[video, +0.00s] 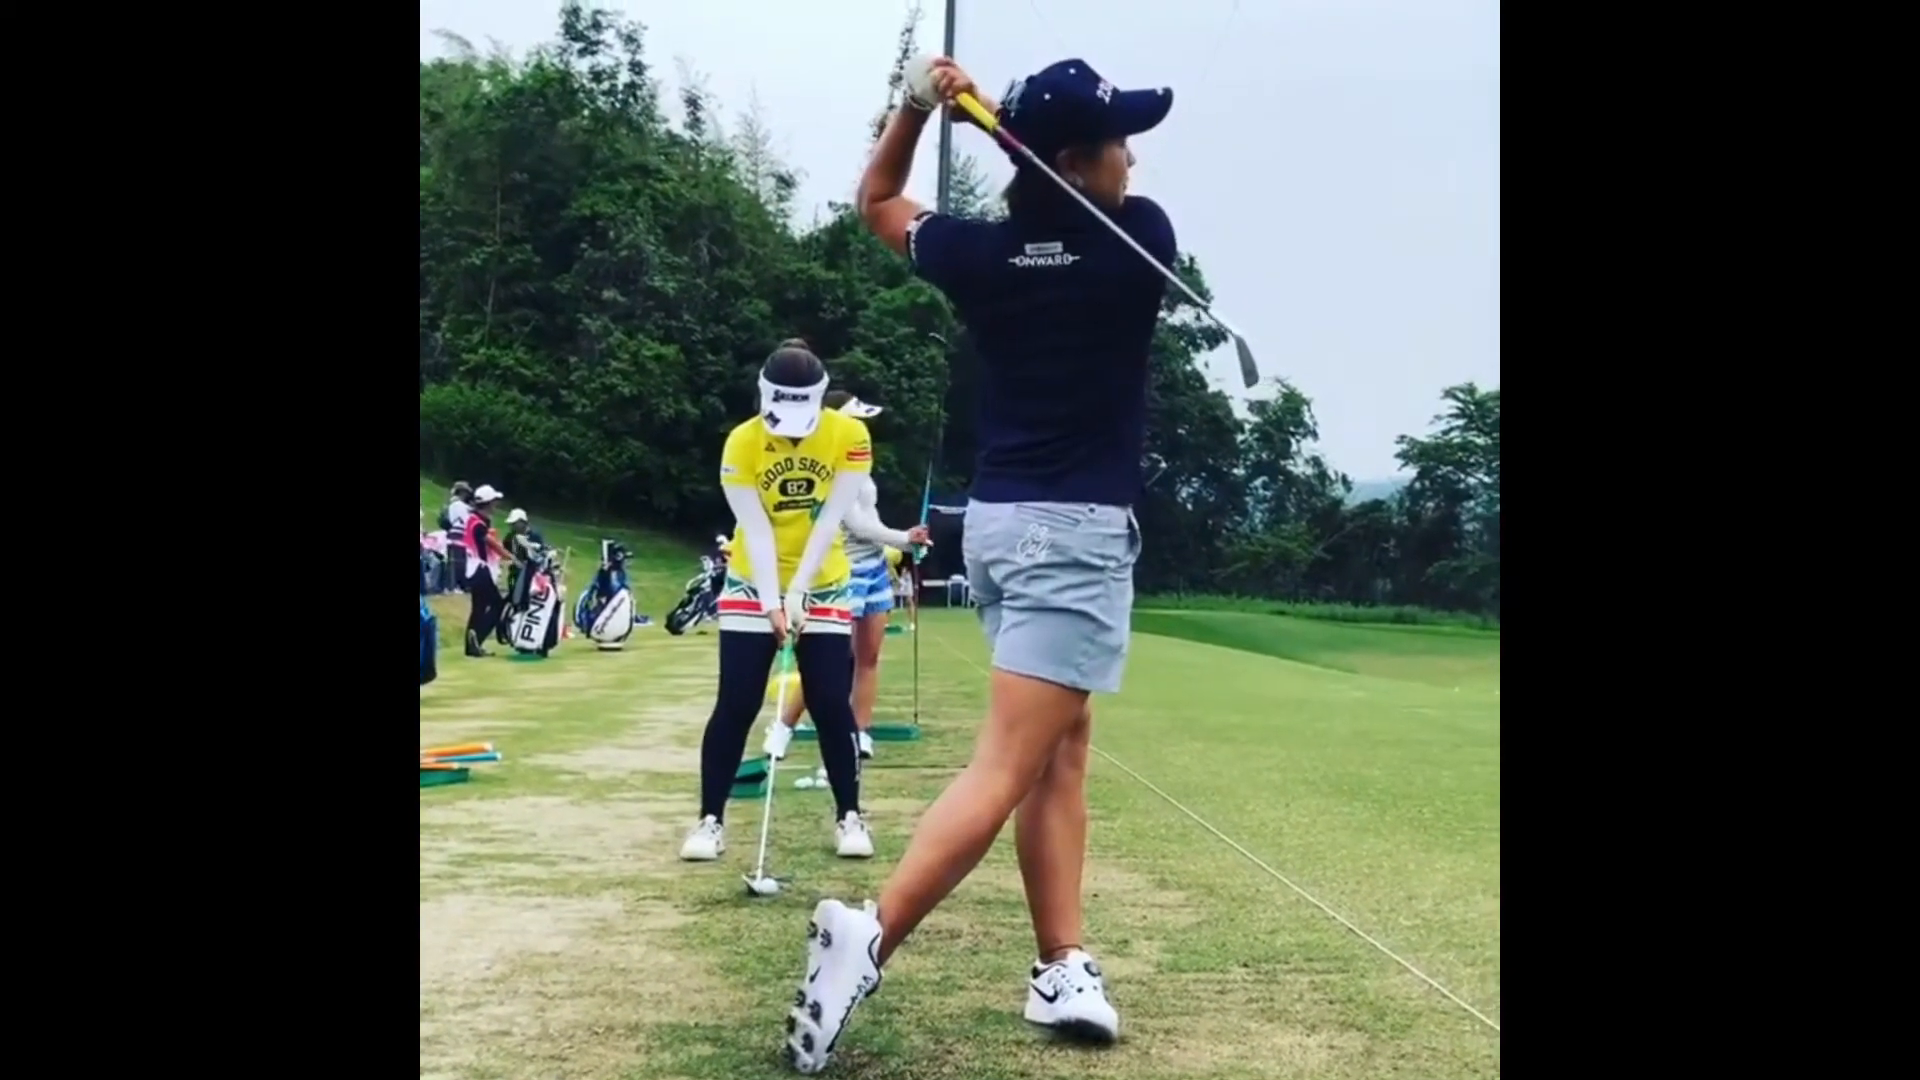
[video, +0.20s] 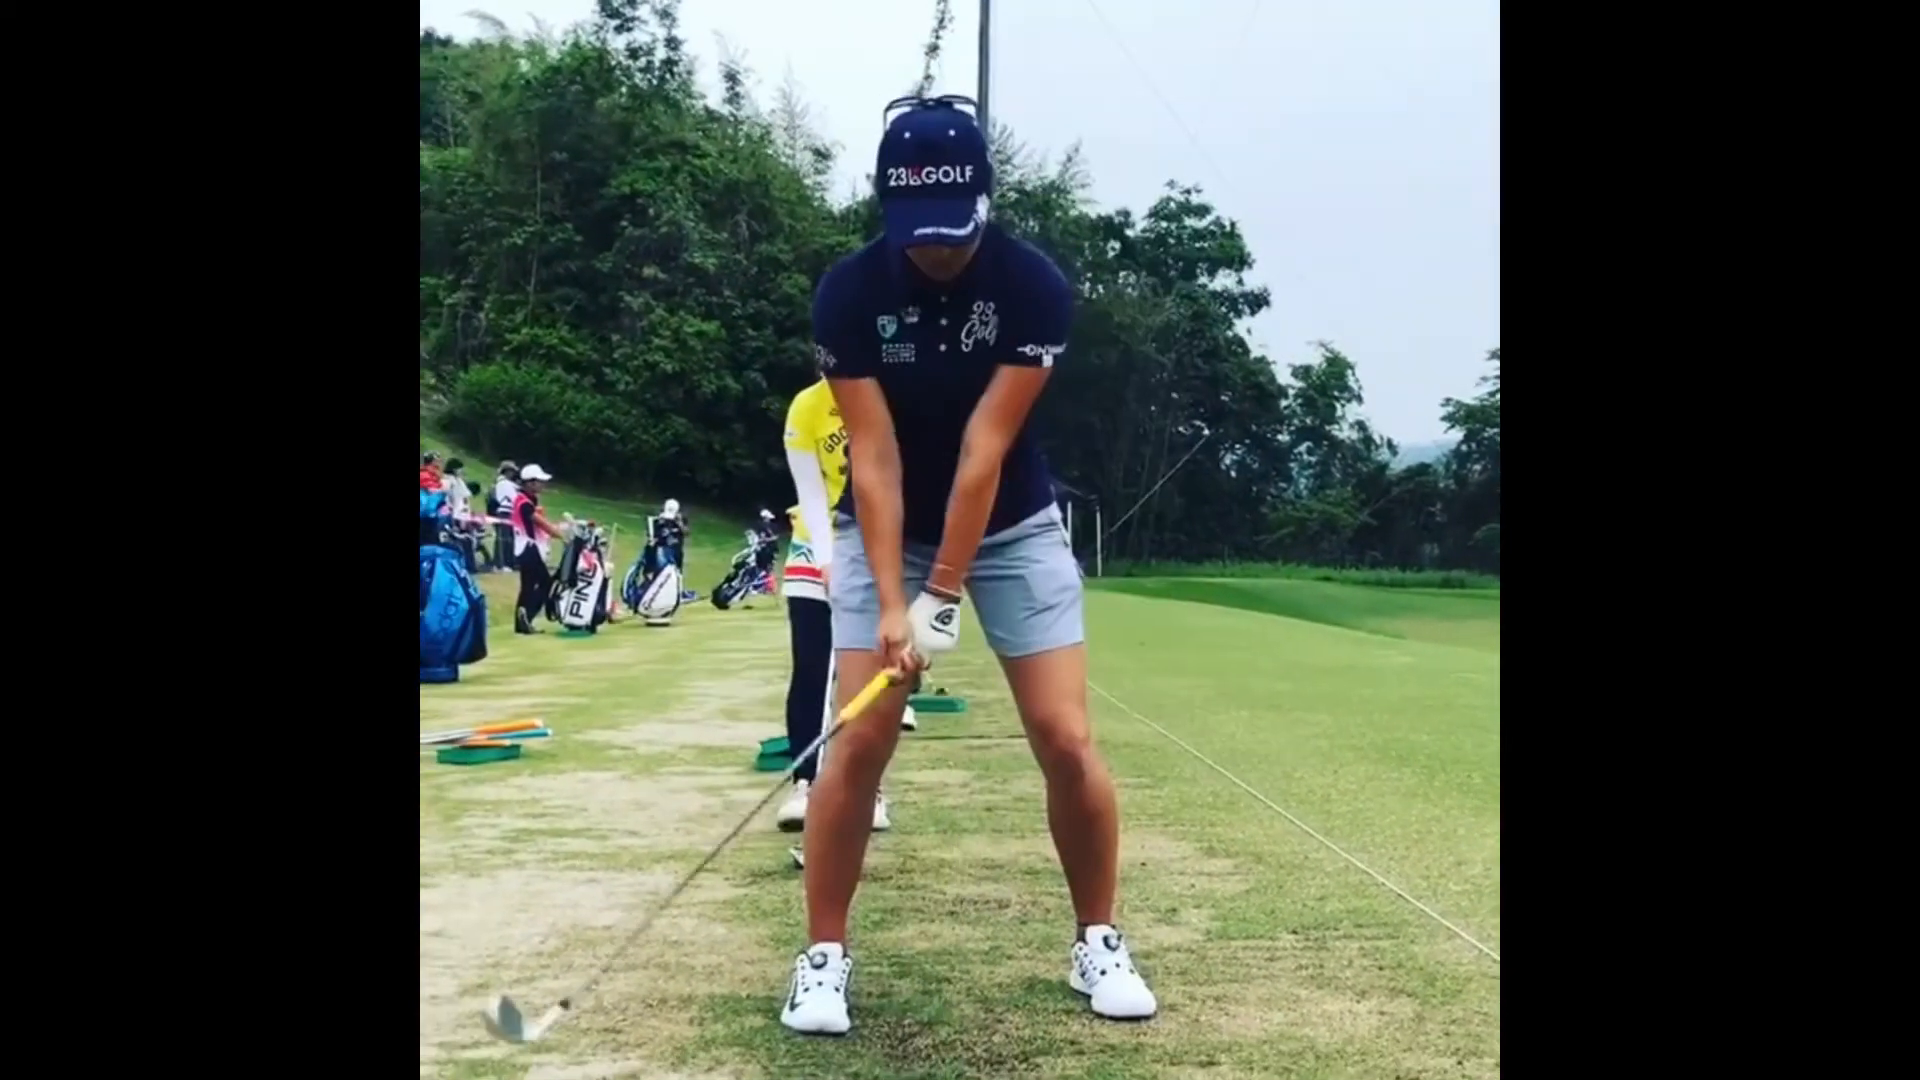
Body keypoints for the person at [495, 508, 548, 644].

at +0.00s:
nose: (513, 527)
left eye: (516, 524)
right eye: (512, 524)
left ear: (523, 523)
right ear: (511, 524)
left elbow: (542, 551)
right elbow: (506, 554)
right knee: (512, 598)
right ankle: (503, 626)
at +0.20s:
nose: (542, 486)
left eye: (542, 482)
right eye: (539, 482)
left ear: (531, 484)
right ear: (529, 483)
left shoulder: (527, 501)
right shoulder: (524, 504)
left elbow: (541, 522)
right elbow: (542, 524)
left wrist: (558, 529)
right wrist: (560, 533)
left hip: (528, 545)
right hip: (528, 546)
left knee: (527, 584)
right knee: (545, 581)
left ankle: (522, 621)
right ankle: (528, 614)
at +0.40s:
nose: (545, 489)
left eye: (545, 486)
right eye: (542, 485)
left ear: (534, 487)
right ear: (532, 487)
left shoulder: (531, 504)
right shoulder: (528, 507)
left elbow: (545, 525)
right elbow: (545, 527)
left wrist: (562, 533)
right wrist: (564, 537)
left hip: (533, 549)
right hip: (531, 550)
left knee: (531, 587)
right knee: (548, 584)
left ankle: (525, 625)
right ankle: (531, 617)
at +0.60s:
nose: (546, 493)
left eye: (546, 489)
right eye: (542, 489)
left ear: (535, 490)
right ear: (532, 490)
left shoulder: (530, 507)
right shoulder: (528, 510)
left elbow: (545, 529)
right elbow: (546, 530)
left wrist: (562, 537)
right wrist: (564, 540)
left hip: (532, 552)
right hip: (531, 553)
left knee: (531, 591)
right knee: (549, 587)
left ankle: (525, 629)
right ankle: (531, 620)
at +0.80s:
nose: (542, 495)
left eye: (542, 491)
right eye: (539, 491)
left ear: (531, 493)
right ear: (529, 492)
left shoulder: (524, 510)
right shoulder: (525, 513)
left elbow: (541, 532)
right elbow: (542, 533)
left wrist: (559, 540)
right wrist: (561, 544)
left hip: (526, 554)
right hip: (527, 556)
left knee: (527, 593)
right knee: (545, 590)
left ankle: (521, 632)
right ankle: (527, 623)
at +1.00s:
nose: (534, 496)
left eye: (533, 492)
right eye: (530, 492)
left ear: (522, 495)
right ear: (520, 494)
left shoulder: (519, 512)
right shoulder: (515, 515)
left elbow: (532, 533)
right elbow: (532, 535)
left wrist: (549, 541)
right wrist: (551, 546)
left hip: (518, 557)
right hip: (517, 558)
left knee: (517, 595)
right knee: (536, 592)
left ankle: (511, 634)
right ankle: (517, 625)